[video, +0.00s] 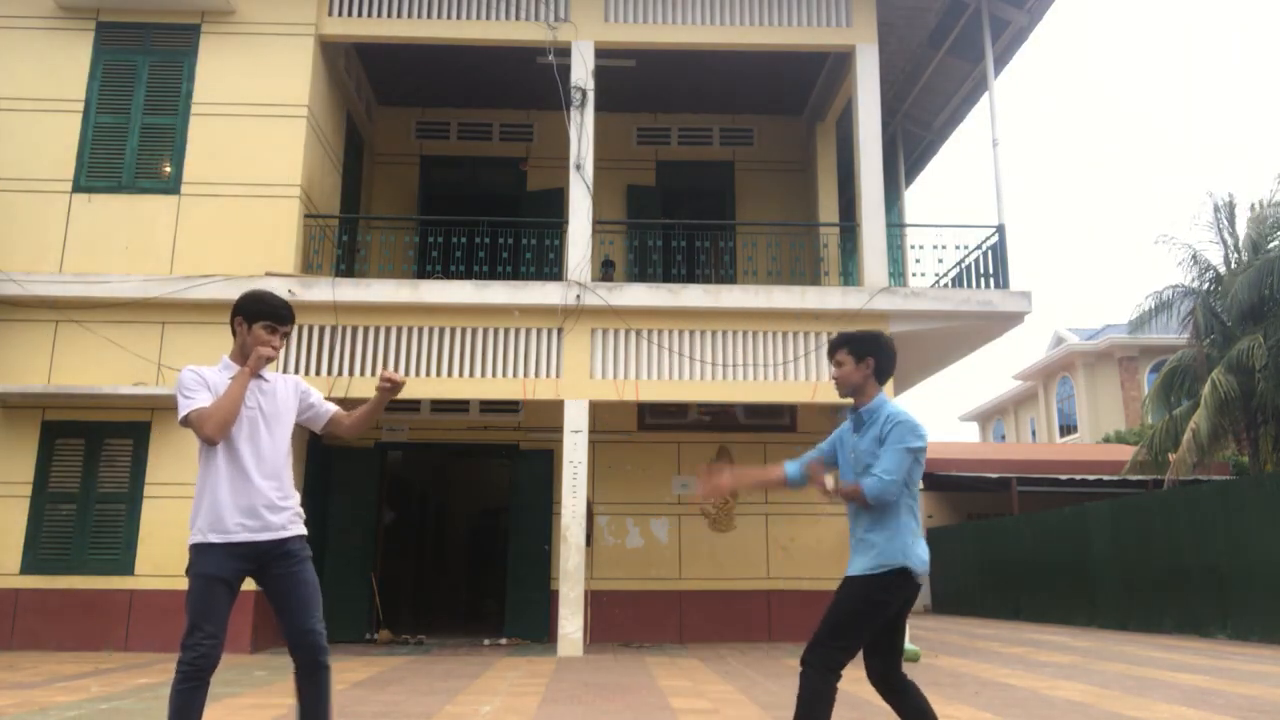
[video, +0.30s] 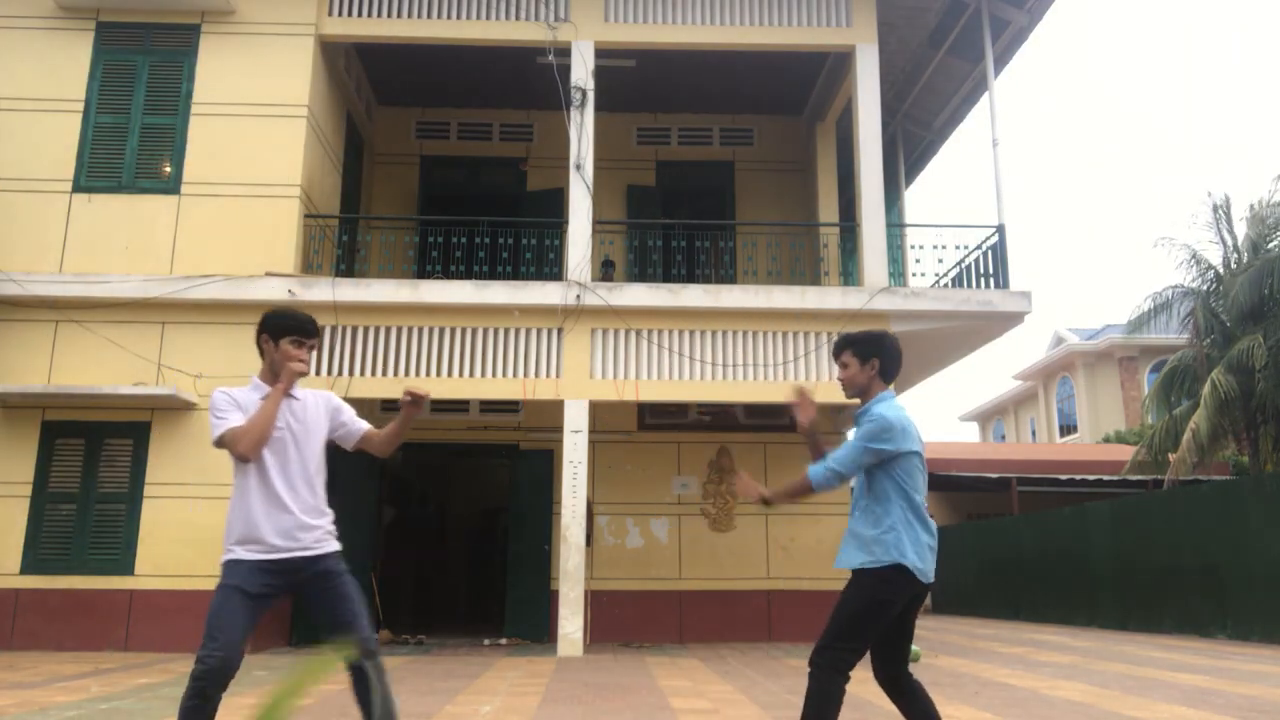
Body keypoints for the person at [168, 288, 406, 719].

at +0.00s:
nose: (276, 340)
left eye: (282, 334)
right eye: (268, 329)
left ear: (286, 337)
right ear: (239, 325)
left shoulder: (290, 387)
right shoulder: (198, 379)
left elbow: (346, 426)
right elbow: (211, 430)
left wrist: (381, 399)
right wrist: (246, 370)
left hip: (284, 538)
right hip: (218, 540)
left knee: (312, 648)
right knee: (199, 656)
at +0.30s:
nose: (305, 354)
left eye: (310, 348)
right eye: (296, 345)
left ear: (314, 352)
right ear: (265, 344)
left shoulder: (323, 403)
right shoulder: (229, 399)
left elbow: (378, 445)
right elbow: (245, 448)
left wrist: (406, 416)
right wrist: (281, 387)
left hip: (320, 556)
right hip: (251, 558)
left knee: (365, 652)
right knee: (215, 665)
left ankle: (383, 717)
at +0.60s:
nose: (339, 366)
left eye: (344, 358)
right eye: (330, 356)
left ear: (349, 364)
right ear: (301, 358)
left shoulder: (361, 415)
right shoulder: (267, 415)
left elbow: (413, 465)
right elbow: (283, 465)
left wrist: (440, 434)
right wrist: (324, 405)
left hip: (358, 566)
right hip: (287, 568)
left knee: (419, 652)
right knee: (210, 661)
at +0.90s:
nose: (348, 370)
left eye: (352, 362)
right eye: (340, 359)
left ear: (354, 367)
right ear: (310, 358)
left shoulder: (359, 420)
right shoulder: (267, 410)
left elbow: (408, 471)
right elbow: (283, 465)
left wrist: (458, 465)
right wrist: (330, 411)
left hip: (349, 567)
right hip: (279, 568)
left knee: (417, 648)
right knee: (201, 662)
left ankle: (424, 716)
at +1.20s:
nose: (340, 370)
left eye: (345, 363)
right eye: (331, 359)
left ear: (348, 369)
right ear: (301, 359)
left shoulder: (356, 420)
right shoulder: (262, 412)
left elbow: (401, 473)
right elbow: (275, 465)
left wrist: (453, 473)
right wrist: (323, 409)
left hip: (346, 570)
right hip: (274, 571)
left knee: (414, 648)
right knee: (196, 664)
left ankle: (423, 715)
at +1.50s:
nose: (338, 369)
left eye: (343, 361)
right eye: (329, 358)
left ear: (347, 367)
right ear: (299, 358)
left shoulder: (355, 420)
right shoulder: (261, 413)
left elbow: (400, 471)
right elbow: (277, 466)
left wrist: (452, 472)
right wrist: (322, 409)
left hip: (347, 566)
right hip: (276, 567)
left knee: (415, 648)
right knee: (199, 662)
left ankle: (422, 716)